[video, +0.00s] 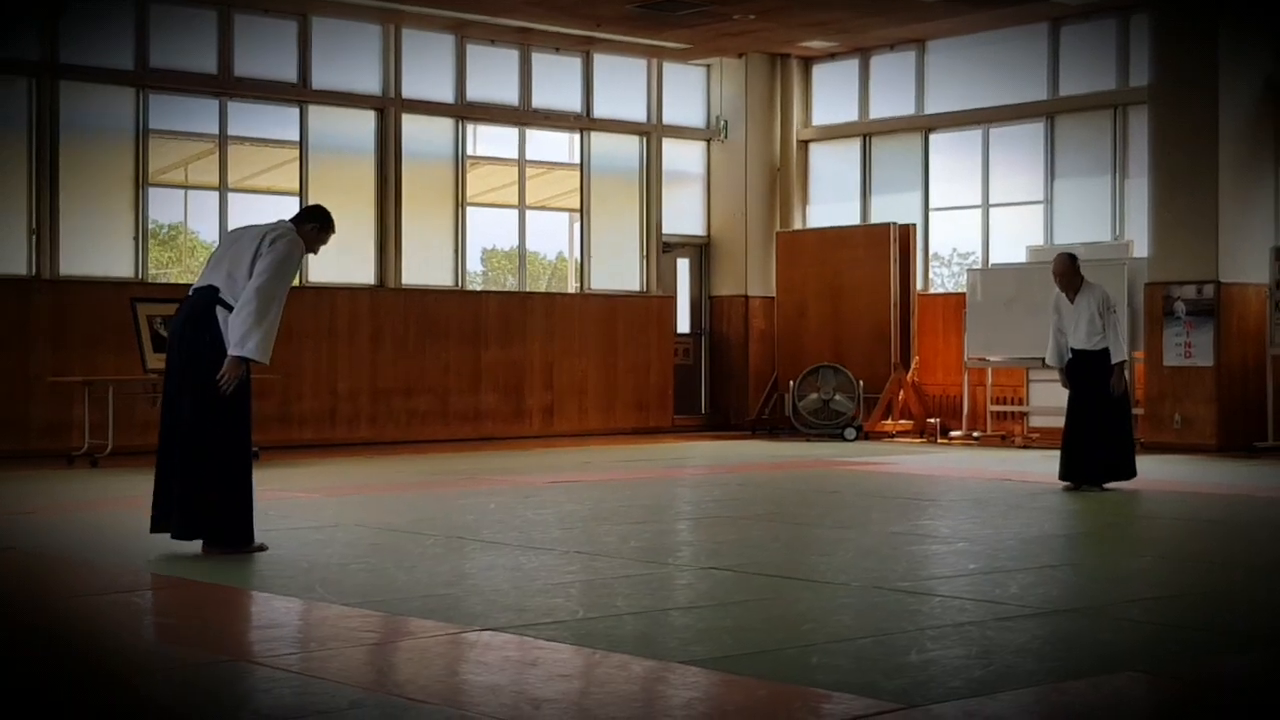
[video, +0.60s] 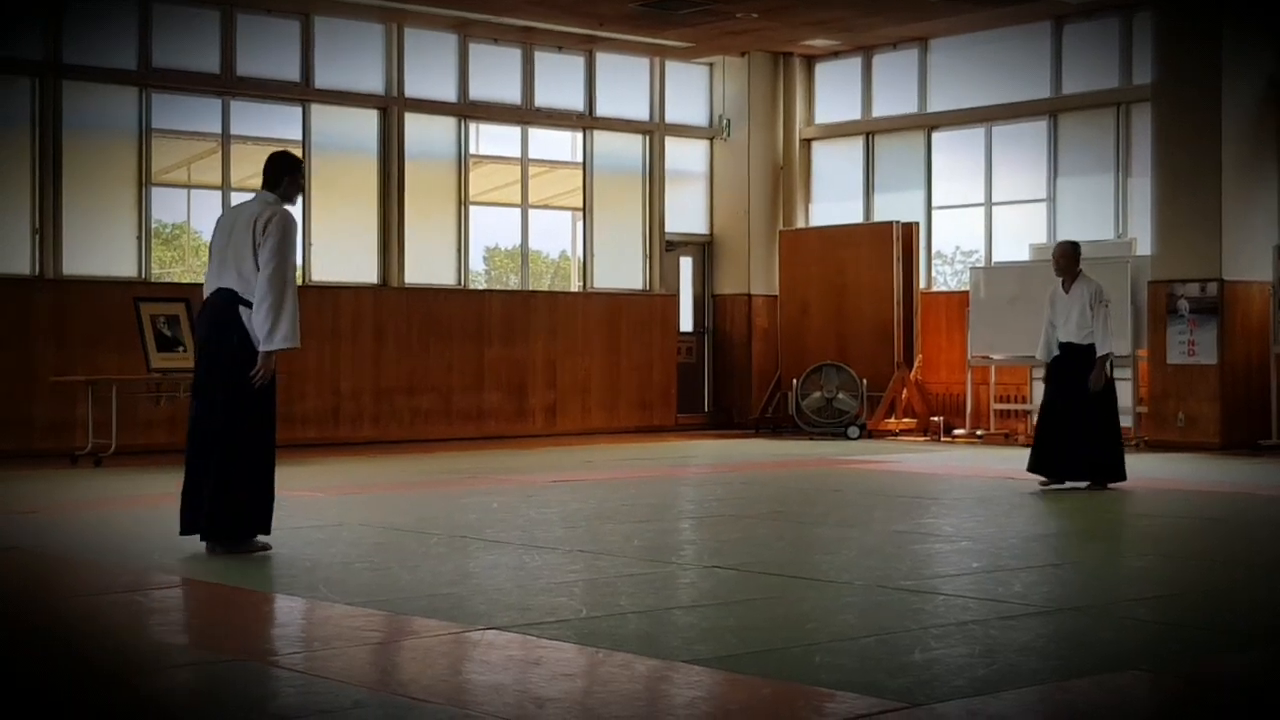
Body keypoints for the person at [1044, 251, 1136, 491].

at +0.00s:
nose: (1058, 281)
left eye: (1062, 275)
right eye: (1055, 276)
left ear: (1076, 271)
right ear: (1053, 276)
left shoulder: (1099, 295)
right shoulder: (1059, 299)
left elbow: (1114, 333)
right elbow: (1058, 335)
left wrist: (1119, 370)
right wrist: (1060, 367)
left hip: (1101, 361)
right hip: (1077, 361)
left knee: (1099, 419)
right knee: (1077, 418)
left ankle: (1096, 477)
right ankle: (1077, 476)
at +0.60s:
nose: (1054, 264)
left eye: (1060, 259)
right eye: (1053, 259)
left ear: (1076, 260)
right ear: (1055, 261)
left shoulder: (1093, 289)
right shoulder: (1055, 292)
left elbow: (1102, 328)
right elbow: (1049, 328)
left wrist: (1100, 365)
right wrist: (1046, 363)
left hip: (1088, 356)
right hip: (1063, 356)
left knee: (1093, 417)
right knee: (1057, 415)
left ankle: (1099, 475)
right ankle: (1056, 472)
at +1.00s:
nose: (1024, 259)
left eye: (1029, 255)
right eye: (1023, 254)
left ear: (1043, 257)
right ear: (1022, 256)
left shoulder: (1060, 287)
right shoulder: (1020, 292)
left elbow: (1073, 328)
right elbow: (1012, 330)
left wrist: (1074, 365)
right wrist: (1009, 367)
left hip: (1052, 357)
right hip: (1025, 357)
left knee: (1069, 416)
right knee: (1022, 417)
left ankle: (1094, 466)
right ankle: (1020, 477)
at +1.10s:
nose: (1012, 258)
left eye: (1017, 253)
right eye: (1012, 253)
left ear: (1032, 257)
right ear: (1013, 256)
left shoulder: (1049, 287)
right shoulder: (1009, 292)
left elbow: (1063, 326)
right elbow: (1000, 329)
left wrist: (1066, 363)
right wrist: (989, 364)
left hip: (1040, 357)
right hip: (1014, 357)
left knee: (1047, 416)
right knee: (1014, 417)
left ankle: (1080, 459)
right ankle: (1017, 478)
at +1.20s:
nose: (1002, 257)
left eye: (1007, 252)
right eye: (1003, 253)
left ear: (1021, 256)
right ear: (1006, 256)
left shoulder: (1040, 286)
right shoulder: (1003, 289)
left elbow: (1053, 325)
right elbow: (992, 323)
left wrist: (1056, 363)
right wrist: (972, 346)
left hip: (1032, 355)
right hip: (1008, 355)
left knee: (1030, 415)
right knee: (1008, 416)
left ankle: (1058, 463)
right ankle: (1019, 477)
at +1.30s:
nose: (995, 260)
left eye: (1000, 255)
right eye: (993, 255)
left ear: (1013, 256)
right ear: (993, 257)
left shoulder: (1032, 287)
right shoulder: (993, 291)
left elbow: (1044, 325)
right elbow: (981, 320)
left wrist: (1047, 362)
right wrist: (965, 316)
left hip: (1024, 355)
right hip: (1001, 355)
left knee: (1020, 415)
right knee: (999, 415)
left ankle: (1025, 477)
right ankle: (1010, 476)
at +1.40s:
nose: (985, 263)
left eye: (990, 257)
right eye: (984, 257)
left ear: (1004, 257)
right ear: (984, 259)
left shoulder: (1024, 287)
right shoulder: (985, 289)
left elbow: (1037, 327)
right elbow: (962, 311)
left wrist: (1038, 365)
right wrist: (959, 288)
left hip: (1016, 356)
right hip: (994, 355)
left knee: (1016, 416)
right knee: (990, 415)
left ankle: (1019, 476)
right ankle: (989, 475)